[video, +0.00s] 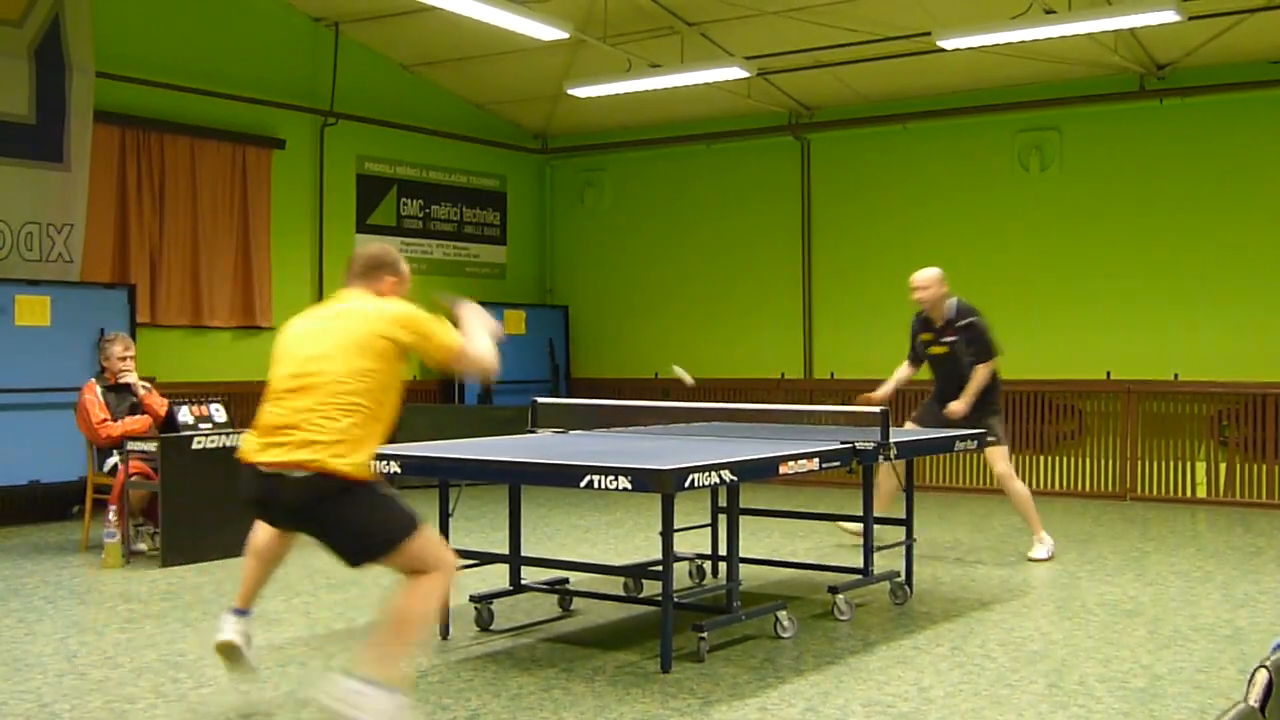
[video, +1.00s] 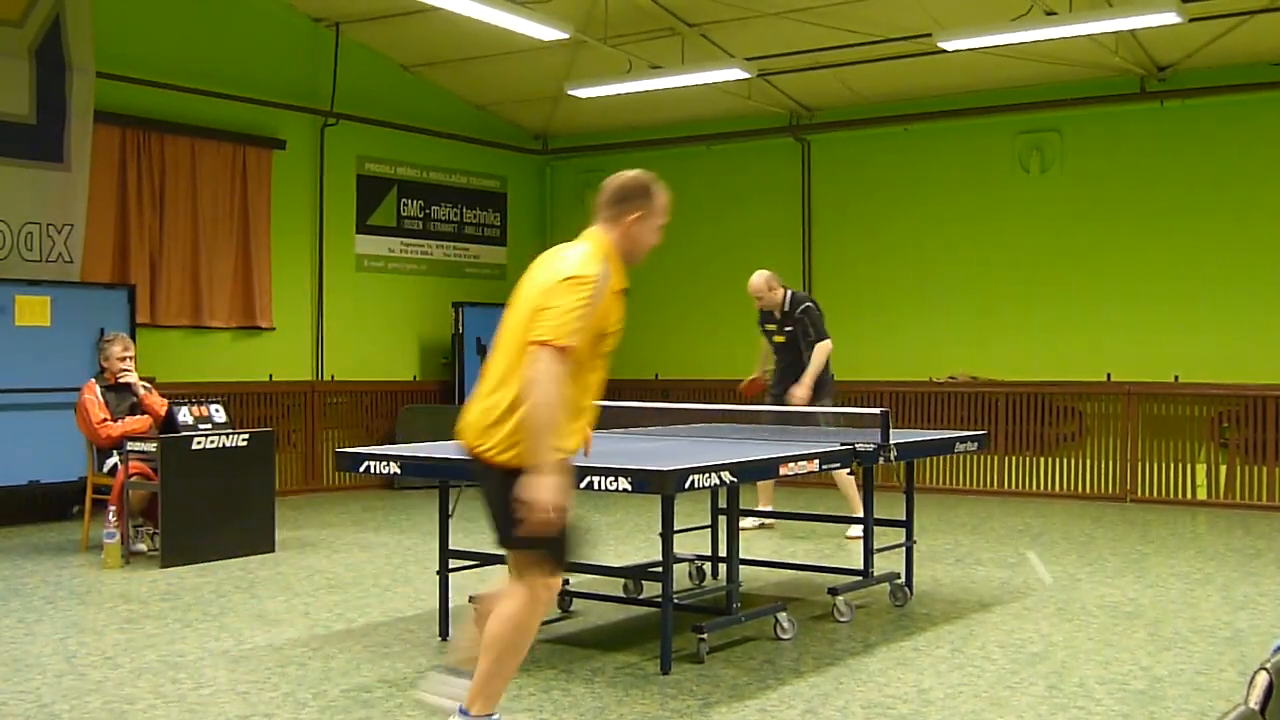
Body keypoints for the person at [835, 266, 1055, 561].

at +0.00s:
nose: (918, 295)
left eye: (924, 288)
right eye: (914, 290)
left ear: (943, 287)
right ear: (913, 293)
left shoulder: (967, 317)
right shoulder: (921, 322)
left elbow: (986, 363)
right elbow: (912, 363)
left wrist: (965, 401)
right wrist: (884, 391)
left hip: (981, 401)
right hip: (942, 399)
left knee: (1002, 471)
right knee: (894, 450)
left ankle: (1041, 536)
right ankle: (870, 522)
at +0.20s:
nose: (837, 315)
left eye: (843, 309)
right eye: (836, 310)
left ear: (863, 307)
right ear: (843, 314)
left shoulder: (892, 323)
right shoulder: (848, 340)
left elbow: (944, 331)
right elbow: (809, 355)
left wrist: (959, 364)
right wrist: (760, 363)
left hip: (940, 408)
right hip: (901, 411)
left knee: (987, 459)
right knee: (854, 449)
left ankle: (1034, 524)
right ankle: (839, 524)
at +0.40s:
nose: (794, 324)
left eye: (798, 316)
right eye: (791, 320)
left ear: (816, 312)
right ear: (795, 323)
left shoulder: (841, 327)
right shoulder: (804, 351)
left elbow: (871, 340)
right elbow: (783, 386)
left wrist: (841, 354)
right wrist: (752, 403)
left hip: (889, 406)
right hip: (850, 413)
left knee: (930, 456)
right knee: (813, 456)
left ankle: (1001, 485)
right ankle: (833, 525)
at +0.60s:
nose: (780, 298)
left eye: (784, 291)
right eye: (777, 293)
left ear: (802, 288)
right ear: (779, 295)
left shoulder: (827, 309)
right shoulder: (791, 323)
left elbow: (828, 354)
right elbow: (803, 367)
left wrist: (793, 378)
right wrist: (805, 412)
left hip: (864, 397)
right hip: (829, 400)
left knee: (882, 449)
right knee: (809, 452)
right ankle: (831, 522)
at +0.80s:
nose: (777, 303)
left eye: (778, 298)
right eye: (774, 299)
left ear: (794, 289)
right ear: (781, 294)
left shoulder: (822, 307)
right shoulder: (790, 313)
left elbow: (831, 352)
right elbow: (809, 348)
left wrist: (795, 354)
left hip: (840, 384)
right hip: (811, 382)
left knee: (842, 452)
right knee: (781, 432)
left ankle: (863, 517)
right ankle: (794, 498)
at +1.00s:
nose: (757, 304)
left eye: (760, 298)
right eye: (754, 299)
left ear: (775, 290)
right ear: (759, 295)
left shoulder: (804, 306)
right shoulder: (765, 312)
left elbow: (823, 345)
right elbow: (768, 344)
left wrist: (805, 383)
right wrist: (760, 371)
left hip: (814, 382)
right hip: (782, 381)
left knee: (828, 448)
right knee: (765, 441)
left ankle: (860, 514)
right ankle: (764, 511)